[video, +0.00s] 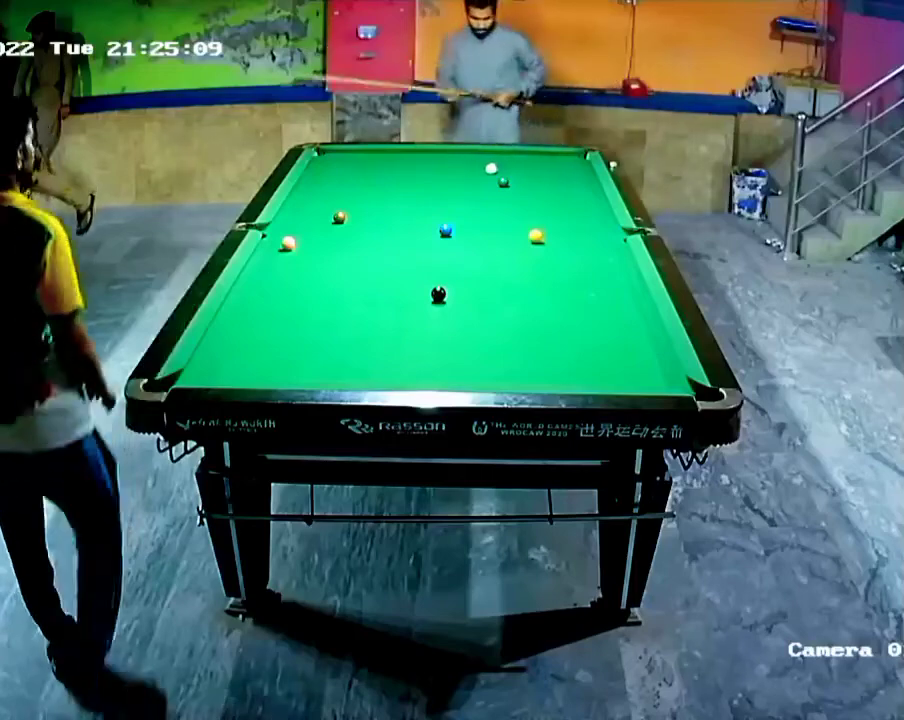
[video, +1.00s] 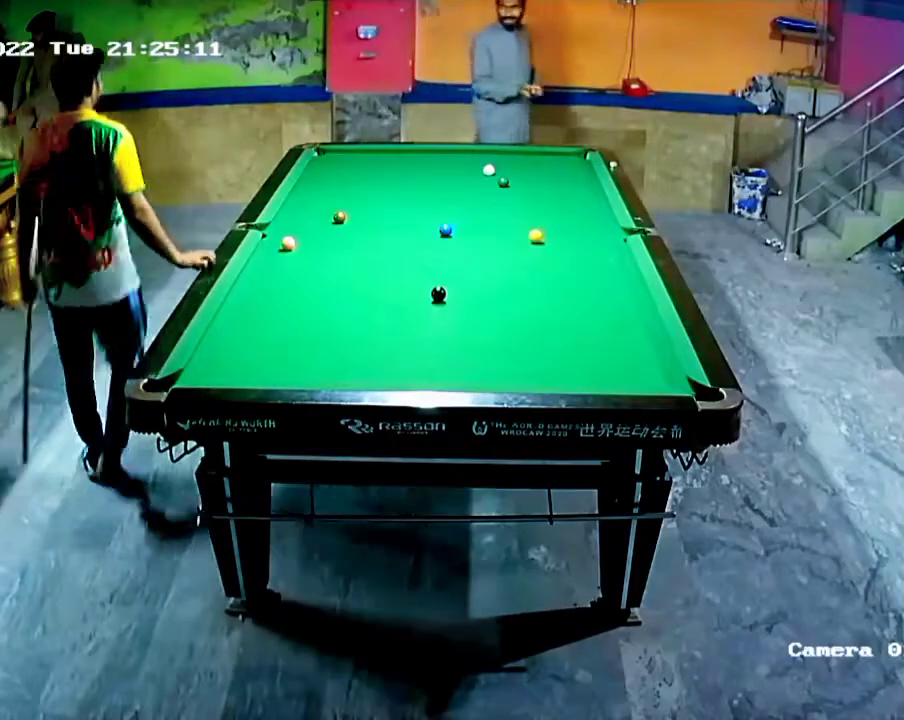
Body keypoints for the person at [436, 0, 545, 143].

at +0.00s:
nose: (481, 25)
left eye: (486, 19)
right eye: (475, 18)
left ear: (494, 15)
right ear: (467, 14)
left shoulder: (514, 41)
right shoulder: (455, 42)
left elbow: (537, 70)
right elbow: (444, 77)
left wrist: (514, 93)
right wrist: (450, 92)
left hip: (503, 132)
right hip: (467, 131)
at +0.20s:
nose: (461, 29)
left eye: (466, 22)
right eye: (455, 23)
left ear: (472, 15)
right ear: (446, 18)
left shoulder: (489, 35)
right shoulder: (433, 43)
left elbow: (501, 60)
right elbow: (424, 84)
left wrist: (495, 85)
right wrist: (445, 96)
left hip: (483, 127)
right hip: (448, 129)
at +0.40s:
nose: (460, 28)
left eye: (465, 21)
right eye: (454, 22)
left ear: (471, 15)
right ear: (444, 16)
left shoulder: (481, 36)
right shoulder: (428, 42)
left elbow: (487, 64)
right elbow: (422, 88)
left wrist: (486, 83)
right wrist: (456, 95)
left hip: (474, 128)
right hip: (440, 130)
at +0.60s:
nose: (471, 22)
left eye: (476, 16)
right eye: (465, 16)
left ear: (480, 12)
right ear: (455, 12)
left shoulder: (483, 35)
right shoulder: (436, 39)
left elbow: (488, 69)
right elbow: (432, 86)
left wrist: (490, 84)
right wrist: (468, 91)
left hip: (478, 128)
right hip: (447, 130)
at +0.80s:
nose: (488, 16)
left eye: (493, 10)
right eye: (482, 10)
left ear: (499, 10)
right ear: (475, 10)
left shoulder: (502, 34)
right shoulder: (460, 39)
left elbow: (507, 69)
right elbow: (456, 86)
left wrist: (512, 84)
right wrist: (496, 91)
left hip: (498, 129)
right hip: (469, 131)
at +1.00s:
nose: (509, 13)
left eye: (514, 7)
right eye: (503, 7)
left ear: (522, 10)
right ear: (497, 9)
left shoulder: (524, 36)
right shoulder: (484, 39)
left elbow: (528, 70)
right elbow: (480, 85)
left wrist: (533, 86)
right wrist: (518, 90)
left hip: (520, 126)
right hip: (493, 129)